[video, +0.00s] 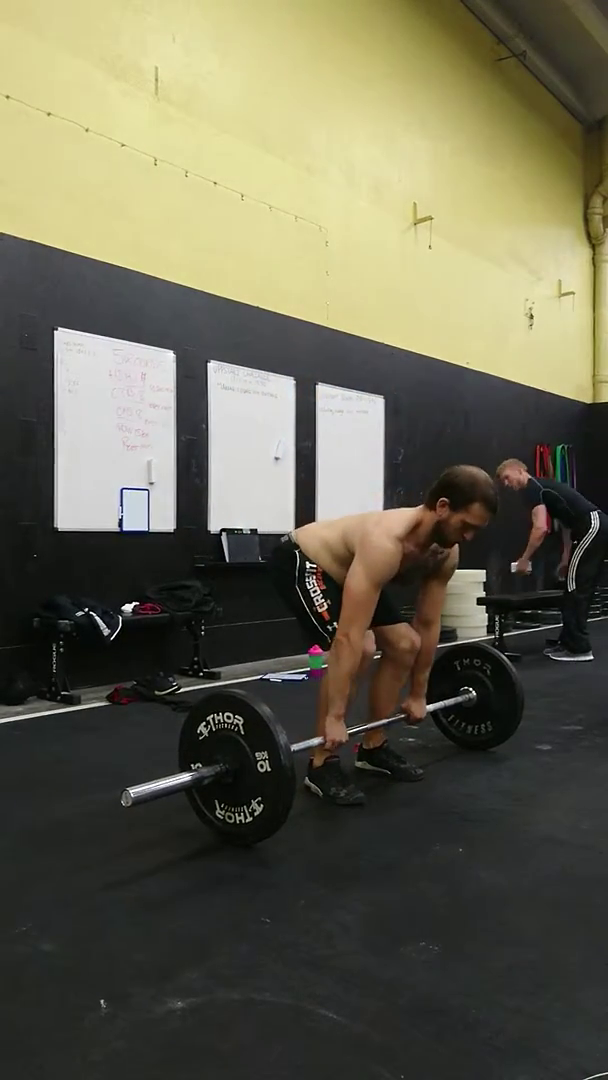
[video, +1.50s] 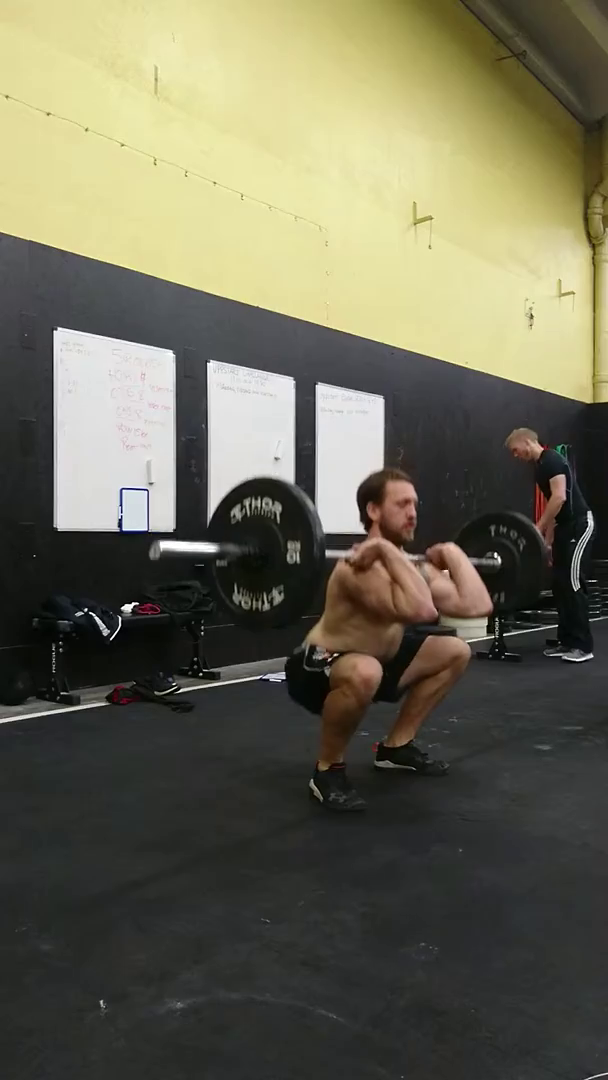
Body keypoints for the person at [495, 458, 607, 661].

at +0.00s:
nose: (506, 483)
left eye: (507, 477)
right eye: (503, 481)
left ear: (521, 470)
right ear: (522, 473)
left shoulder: (533, 487)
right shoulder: (541, 486)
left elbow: (540, 529)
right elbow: (567, 526)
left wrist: (525, 559)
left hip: (593, 525)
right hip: (590, 525)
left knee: (574, 582)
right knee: (572, 582)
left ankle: (578, 647)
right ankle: (570, 641)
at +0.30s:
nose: (521, 457)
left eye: (524, 452)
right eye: (517, 455)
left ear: (535, 450)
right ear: (515, 459)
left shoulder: (549, 471)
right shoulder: (539, 477)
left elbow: (562, 512)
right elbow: (555, 512)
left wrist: (546, 543)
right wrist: (547, 542)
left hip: (590, 523)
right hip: (576, 526)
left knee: (578, 581)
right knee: (567, 581)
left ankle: (584, 646)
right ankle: (568, 641)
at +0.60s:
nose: (515, 466)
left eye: (516, 460)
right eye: (512, 462)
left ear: (530, 452)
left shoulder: (553, 472)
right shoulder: (539, 478)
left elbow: (563, 513)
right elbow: (551, 515)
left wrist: (550, 545)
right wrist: (547, 545)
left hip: (592, 526)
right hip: (576, 529)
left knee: (582, 583)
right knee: (568, 582)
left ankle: (584, 646)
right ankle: (568, 641)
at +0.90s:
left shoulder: (548, 472)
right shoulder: (535, 482)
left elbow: (559, 512)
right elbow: (545, 522)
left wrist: (549, 547)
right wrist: (543, 559)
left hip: (591, 524)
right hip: (573, 527)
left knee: (583, 582)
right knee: (569, 582)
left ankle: (584, 646)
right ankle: (567, 642)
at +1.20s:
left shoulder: (543, 468)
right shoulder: (532, 472)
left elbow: (554, 506)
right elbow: (545, 514)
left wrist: (548, 545)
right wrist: (547, 552)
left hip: (585, 521)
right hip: (569, 524)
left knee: (577, 581)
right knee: (566, 582)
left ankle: (584, 646)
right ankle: (568, 641)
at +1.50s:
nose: (517, 456)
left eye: (517, 450)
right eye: (514, 453)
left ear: (529, 443)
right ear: (525, 447)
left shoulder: (552, 459)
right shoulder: (540, 466)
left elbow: (559, 496)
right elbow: (552, 506)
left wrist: (539, 526)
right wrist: (549, 538)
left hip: (579, 524)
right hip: (564, 528)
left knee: (571, 582)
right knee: (560, 583)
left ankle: (582, 646)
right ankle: (566, 641)